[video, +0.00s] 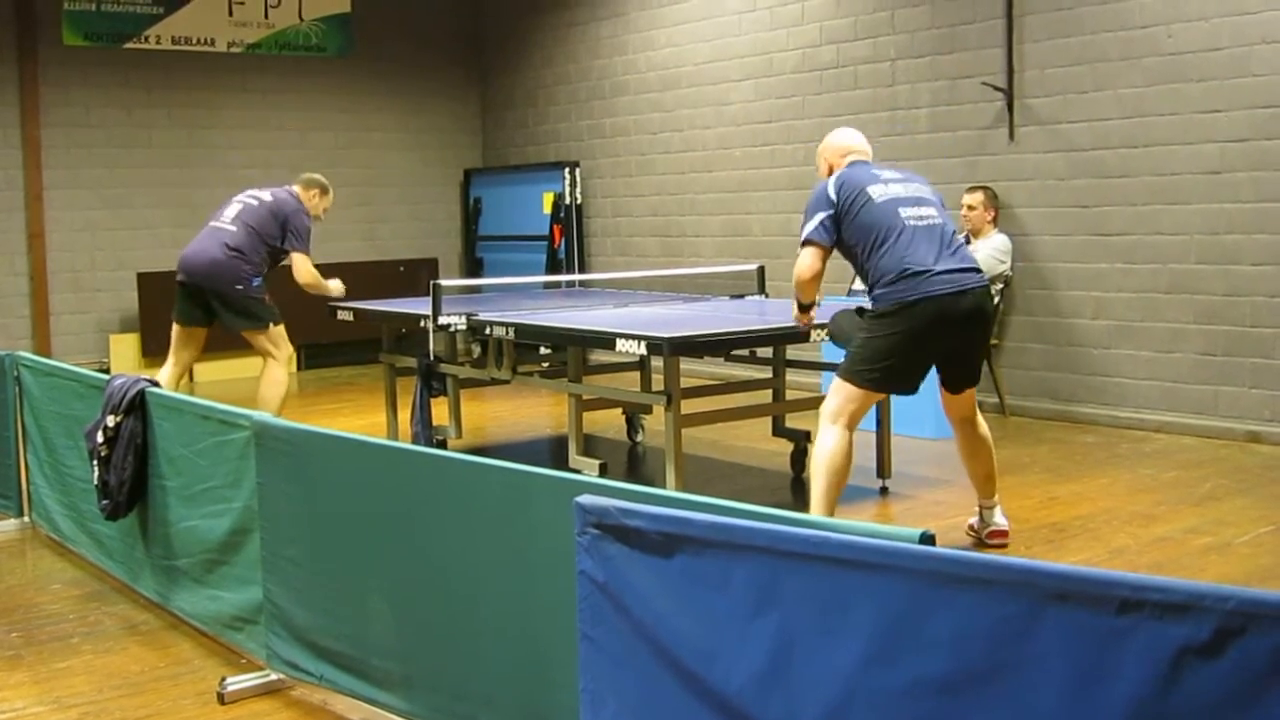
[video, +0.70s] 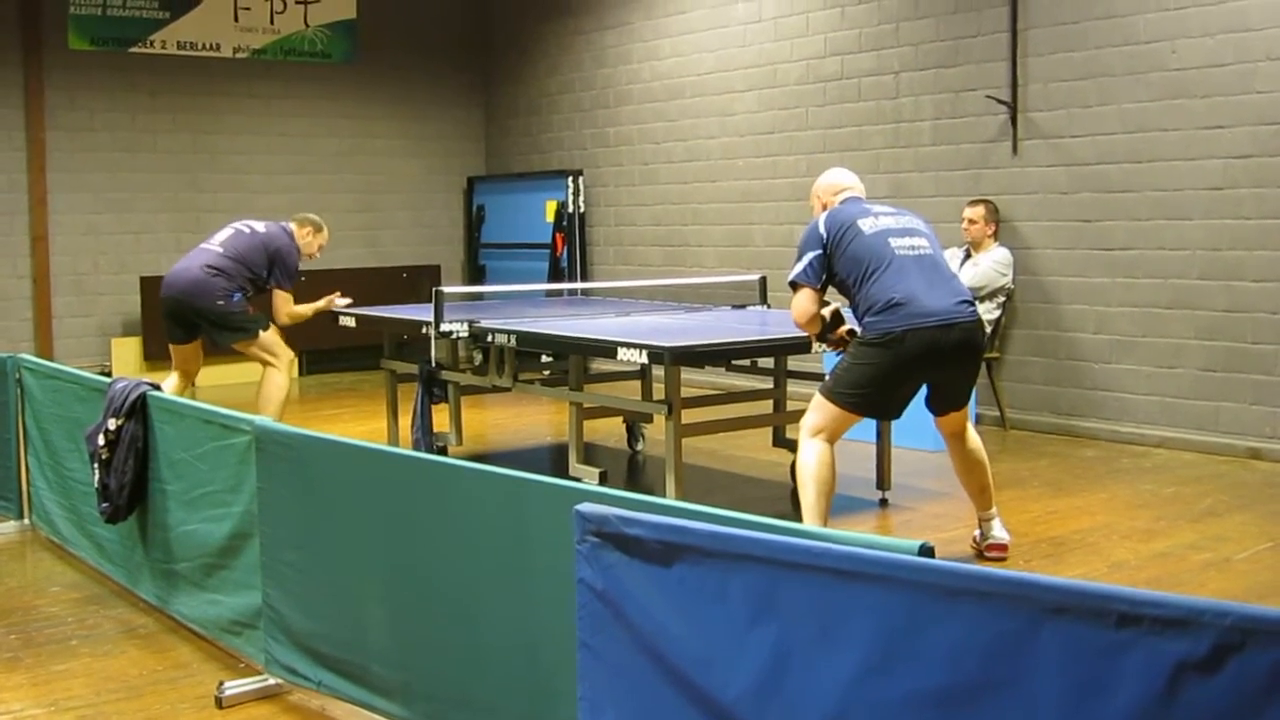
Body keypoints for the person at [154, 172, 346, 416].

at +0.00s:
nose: (320, 216)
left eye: (324, 211)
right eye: (323, 208)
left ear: (299, 188)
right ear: (313, 194)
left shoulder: (259, 193)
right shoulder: (296, 211)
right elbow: (304, 276)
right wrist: (329, 288)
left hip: (191, 265)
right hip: (232, 271)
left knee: (177, 360)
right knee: (279, 355)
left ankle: (147, 425)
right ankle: (263, 437)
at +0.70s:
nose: (317, 255)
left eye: (321, 250)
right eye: (319, 247)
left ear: (300, 229)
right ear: (307, 232)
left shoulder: (257, 227)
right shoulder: (285, 247)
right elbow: (283, 316)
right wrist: (322, 305)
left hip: (174, 285)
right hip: (213, 290)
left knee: (183, 372)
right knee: (281, 359)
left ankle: (149, 418)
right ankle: (265, 439)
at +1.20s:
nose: (305, 211)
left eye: (308, 205)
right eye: (305, 202)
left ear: (284, 189)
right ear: (288, 190)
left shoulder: (237, 191)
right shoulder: (274, 210)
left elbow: (207, 235)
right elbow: (290, 277)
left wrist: (233, 272)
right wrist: (333, 262)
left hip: (166, 259)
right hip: (205, 263)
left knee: (181, 348)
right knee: (271, 336)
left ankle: (150, 401)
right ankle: (261, 420)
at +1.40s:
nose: (297, 144)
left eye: (297, 137)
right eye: (294, 135)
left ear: (269, 129)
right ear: (274, 129)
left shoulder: (222, 142)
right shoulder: (267, 155)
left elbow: (205, 192)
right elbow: (304, 210)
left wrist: (243, 228)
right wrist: (330, 182)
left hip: (171, 226)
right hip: (209, 230)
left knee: (177, 320)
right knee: (252, 317)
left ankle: (146, 385)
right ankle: (253, 405)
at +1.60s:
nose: (292, 109)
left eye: (292, 101)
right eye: (290, 100)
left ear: (260, 96)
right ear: (275, 96)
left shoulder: (224, 117)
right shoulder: (270, 124)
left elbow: (192, 159)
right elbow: (294, 184)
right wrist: (332, 171)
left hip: (190, 212)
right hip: (228, 216)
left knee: (178, 303)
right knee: (259, 305)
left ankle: (143, 371)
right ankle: (246, 391)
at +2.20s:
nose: (395, 148)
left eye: (399, 142)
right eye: (392, 139)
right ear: (371, 132)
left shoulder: (361, 163)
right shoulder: (338, 153)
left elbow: (334, 201)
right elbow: (288, 185)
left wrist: (335, 228)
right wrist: (327, 199)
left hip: (314, 234)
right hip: (290, 228)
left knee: (355, 278)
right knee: (290, 299)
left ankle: (361, 362)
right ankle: (253, 369)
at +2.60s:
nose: (389, 101)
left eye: (392, 96)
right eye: (384, 94)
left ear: (391, 100)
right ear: (364, 93)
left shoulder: (375, 134)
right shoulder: (334, 120)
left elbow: (370, 178)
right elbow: (307, 164)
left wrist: (385, 209)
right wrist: (354, 183)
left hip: (345, 210)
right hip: (304, 211)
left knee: (370, 275)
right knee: (283, 285)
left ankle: (361, 354)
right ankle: (266, 345)